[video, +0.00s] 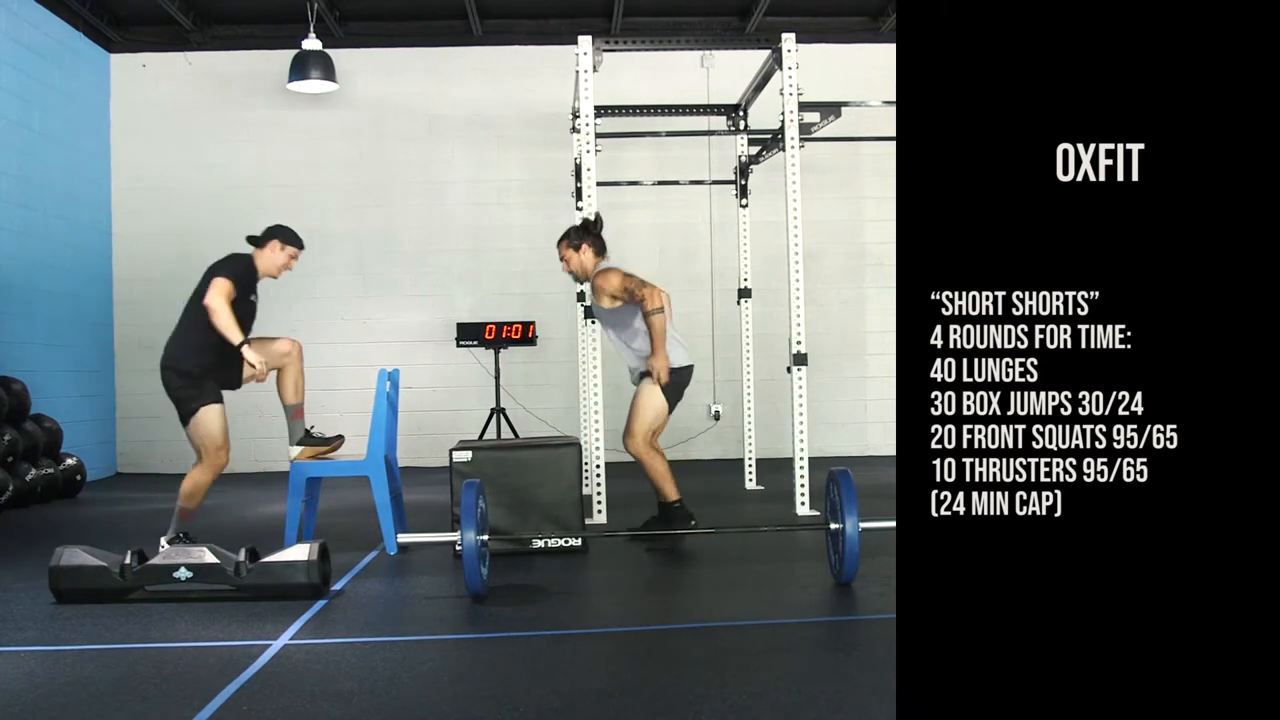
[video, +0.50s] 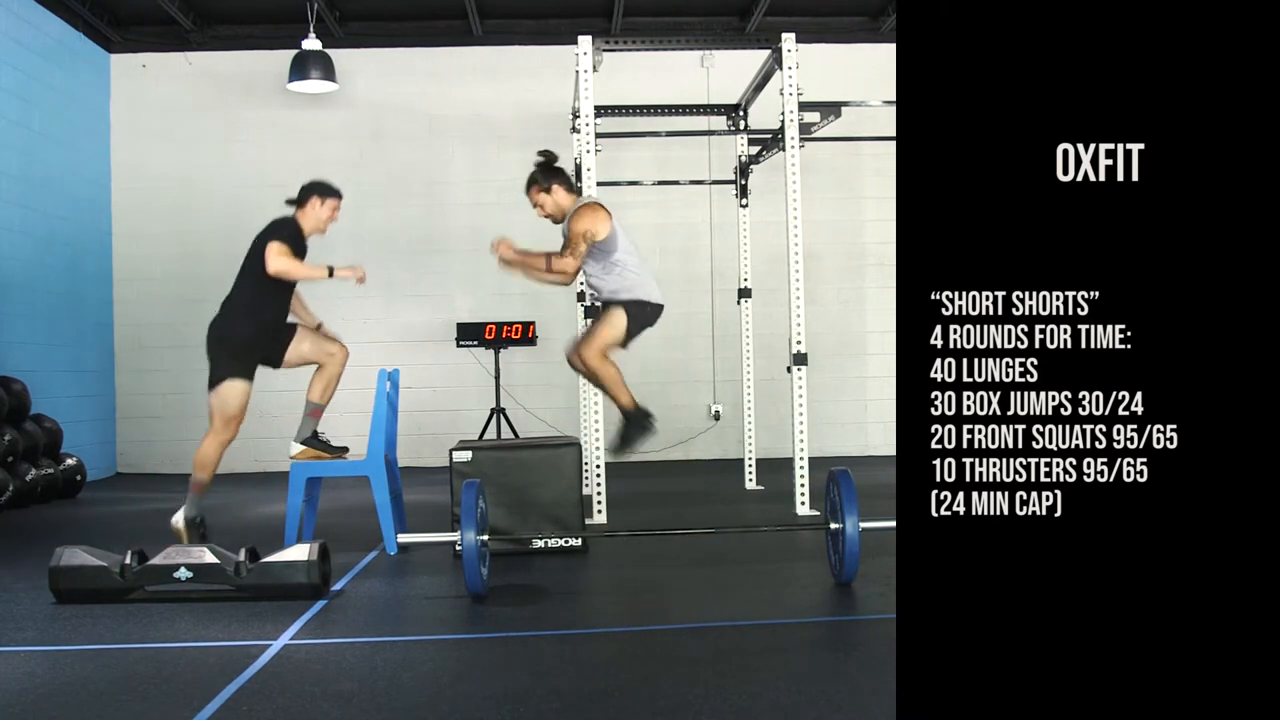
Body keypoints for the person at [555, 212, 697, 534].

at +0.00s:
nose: (563, 267)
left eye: (565, 259)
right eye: (561, 261)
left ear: (584, 251)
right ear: (586, 251)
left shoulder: (604, 279)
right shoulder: (608, 277)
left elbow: (652, 296)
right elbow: (660, 297)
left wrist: (658, 353)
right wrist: (655, 353)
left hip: (665, 367)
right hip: (670, 366)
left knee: (635, 439)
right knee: (647, 441)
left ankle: (676, 512)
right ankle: (670, 510)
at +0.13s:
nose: (562, 285)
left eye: (565, 277)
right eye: (561, 278)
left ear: (585, 273)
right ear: (586, 274)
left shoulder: (607, 304)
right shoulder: (602, 305)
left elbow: (648, 339)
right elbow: (645, 342)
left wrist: (644, 395)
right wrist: (643, 394)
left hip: (670, 385)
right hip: (661, 386)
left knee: (635, 452)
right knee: (628, 448)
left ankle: (684, 516)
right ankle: (665, 513)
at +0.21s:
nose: (572, 280)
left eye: (575, 272)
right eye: (571, 273)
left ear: (597, 269)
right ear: (597, 271)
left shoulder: (616, 306)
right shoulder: (607, 305)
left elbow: (617, 362)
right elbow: (614, 359)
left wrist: (576, 382)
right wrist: (578, 380)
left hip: (665, 391)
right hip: (649, 392)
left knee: (628, 460)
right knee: (617, 452)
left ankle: (682, 518)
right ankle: (663, 514)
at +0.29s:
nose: (575, 260)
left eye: (578, 252)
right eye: (573, 253)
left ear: (599, 249)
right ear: (595, 252)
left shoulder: (608, 283)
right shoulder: (601, 284)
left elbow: (570, 322)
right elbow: (569, 321)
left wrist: (541, 300)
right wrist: (541, 301)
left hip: (655, 382)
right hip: (639, 384)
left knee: (637, 454)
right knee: (622, 447)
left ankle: (683, 517)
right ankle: (662, 514)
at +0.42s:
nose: (554, 219)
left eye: (554, 212)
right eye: (552, 214)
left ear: (570, 201)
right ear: (574, 200)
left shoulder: (592, 227)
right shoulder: (588, 229)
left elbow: (559, 267)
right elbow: (559, 274)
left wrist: (527, 240)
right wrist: (528, 242)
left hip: (638, 325)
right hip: (621, 328)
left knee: (621, 396)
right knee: (613, 401)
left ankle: (659, 471)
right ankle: (647, 471)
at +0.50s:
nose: (540, 214)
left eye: (539, 205)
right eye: (536, 207)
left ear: (555, 190)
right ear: (555, 190)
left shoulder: (585, 215)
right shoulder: (580, 218)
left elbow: (567, 263)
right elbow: (566, 276)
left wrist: (516, 254)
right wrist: (518, 265)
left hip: (637, 300)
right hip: (621, 301)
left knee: (589, 352)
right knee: (576, 355)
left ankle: (635, 415)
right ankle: (632, 413)